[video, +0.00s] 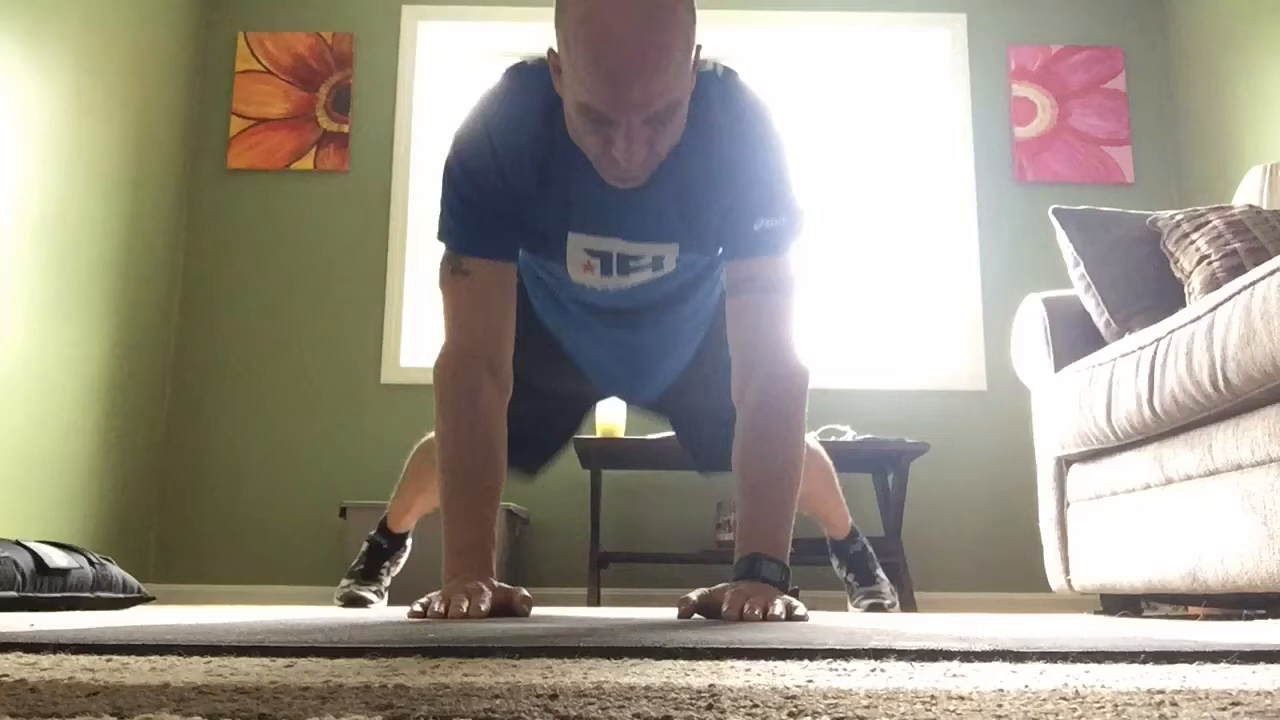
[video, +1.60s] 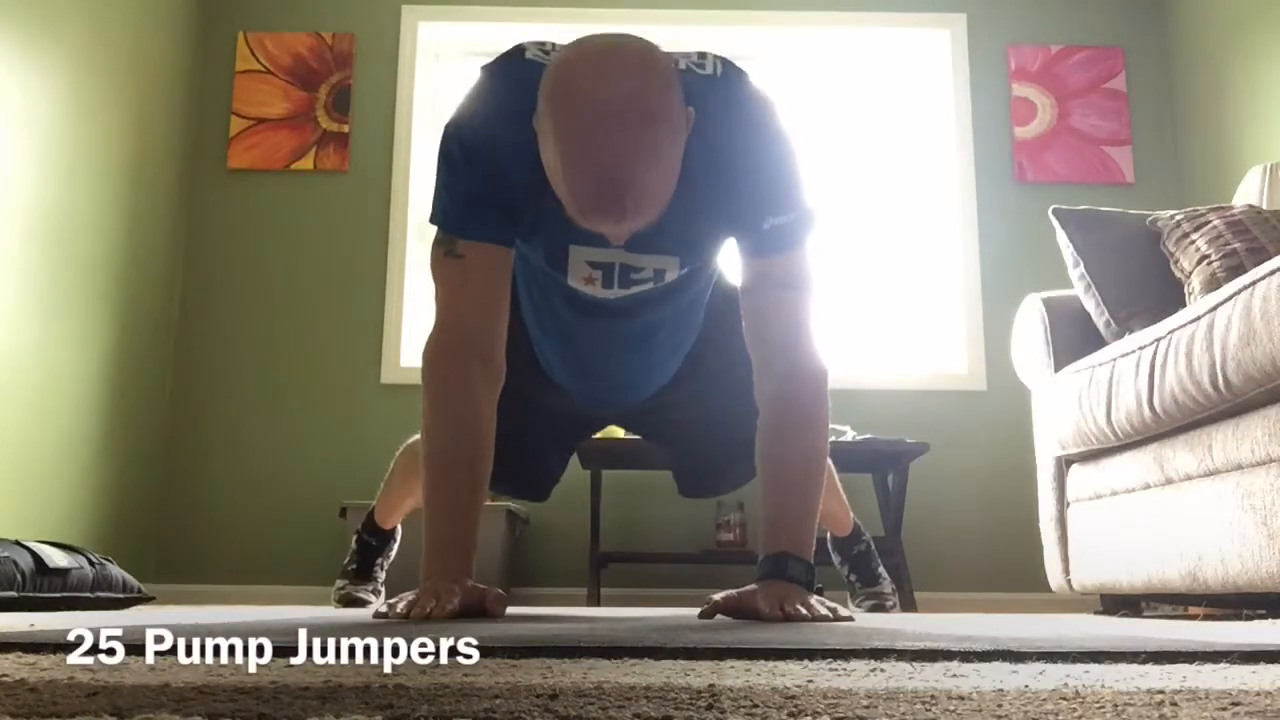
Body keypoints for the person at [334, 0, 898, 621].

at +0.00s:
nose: (629, 153)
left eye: (660, 118)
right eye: (598, 120)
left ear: (694, 68)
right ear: (557, 68)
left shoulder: (739, 130)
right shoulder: (498, 136)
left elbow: (770, 372)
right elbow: (472, 368)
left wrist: (758, 576)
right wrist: (469, 577)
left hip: (690, 328)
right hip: (549, 326)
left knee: (784, 454)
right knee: (457, 452)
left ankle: (850, 546)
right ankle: (386, 536)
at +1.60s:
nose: (616, 228)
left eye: (636, 212)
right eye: (591, 213)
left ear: (683, 128)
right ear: (543, 139)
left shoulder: (743, 129)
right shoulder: (489, 127)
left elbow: (789, 367)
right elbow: (461, 356)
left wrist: (785, 571)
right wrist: (447, 581)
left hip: (686, 328)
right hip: (537, 329)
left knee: (791, 445)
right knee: (442, 451)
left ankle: (852, 544)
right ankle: (375, 528)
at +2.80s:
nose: (608, 105)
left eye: (641, 65)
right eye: (578, 64)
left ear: (684, 60)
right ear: (542, 59)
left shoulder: (734, 110)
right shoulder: (492, 113)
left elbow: (779, 355)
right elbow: (459, 351)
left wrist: (781, 573)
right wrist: (445, 581)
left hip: (687, 341)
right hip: (538, 340)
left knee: (785, 458)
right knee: (444, 456)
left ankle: (856, 552)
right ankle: (379, 541)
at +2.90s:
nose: (609, 107)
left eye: (642, 67)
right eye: (579, 65)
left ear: (685, 61)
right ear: (543, 60)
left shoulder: (734, 114)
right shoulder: (493, 115)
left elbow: (781, 358)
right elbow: (459, 353)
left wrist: (783, 573)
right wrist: (445, 581)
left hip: (688, 349)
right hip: (534, 348)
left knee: (786, 452)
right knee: (445, 455)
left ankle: (858, 555)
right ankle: (378, 543)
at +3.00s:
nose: (609, 113)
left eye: (643, 71)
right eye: (579, 70)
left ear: (685, 63)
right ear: (544, 63)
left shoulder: (733, 118)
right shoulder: (493, 117)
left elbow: (780, 358)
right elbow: (459, 352)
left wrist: (783, 574)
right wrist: (445, 582)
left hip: (687, 356)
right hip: (532, 355)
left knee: (786, 454)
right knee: (445, 455)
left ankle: (859, 558)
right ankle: (377, 545)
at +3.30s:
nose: (602, 83)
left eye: (635, 46)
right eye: (576, 47)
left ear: (680, 58)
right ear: (544, 54)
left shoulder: (729, 130)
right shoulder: (492, 133)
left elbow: (776, 360)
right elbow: (460, 359)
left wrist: (783, 575)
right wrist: (447, 582)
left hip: (688, 353)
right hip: (536, 354)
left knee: (785, 461)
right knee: (448, 462)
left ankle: (860, 558)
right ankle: (378, 546)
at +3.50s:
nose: (598, 81)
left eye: (632, 45)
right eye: (575, 46)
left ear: (676, 58)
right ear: (543, 54)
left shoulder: (728, 136)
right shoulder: (490, 142)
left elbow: (770, 359)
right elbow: (462, 360)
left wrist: (782, 575)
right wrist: (446, 582)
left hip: (691, 384)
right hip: (538, 384)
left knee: (787, 470)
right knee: (448, 467)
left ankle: (860, 557)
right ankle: (382, 553)